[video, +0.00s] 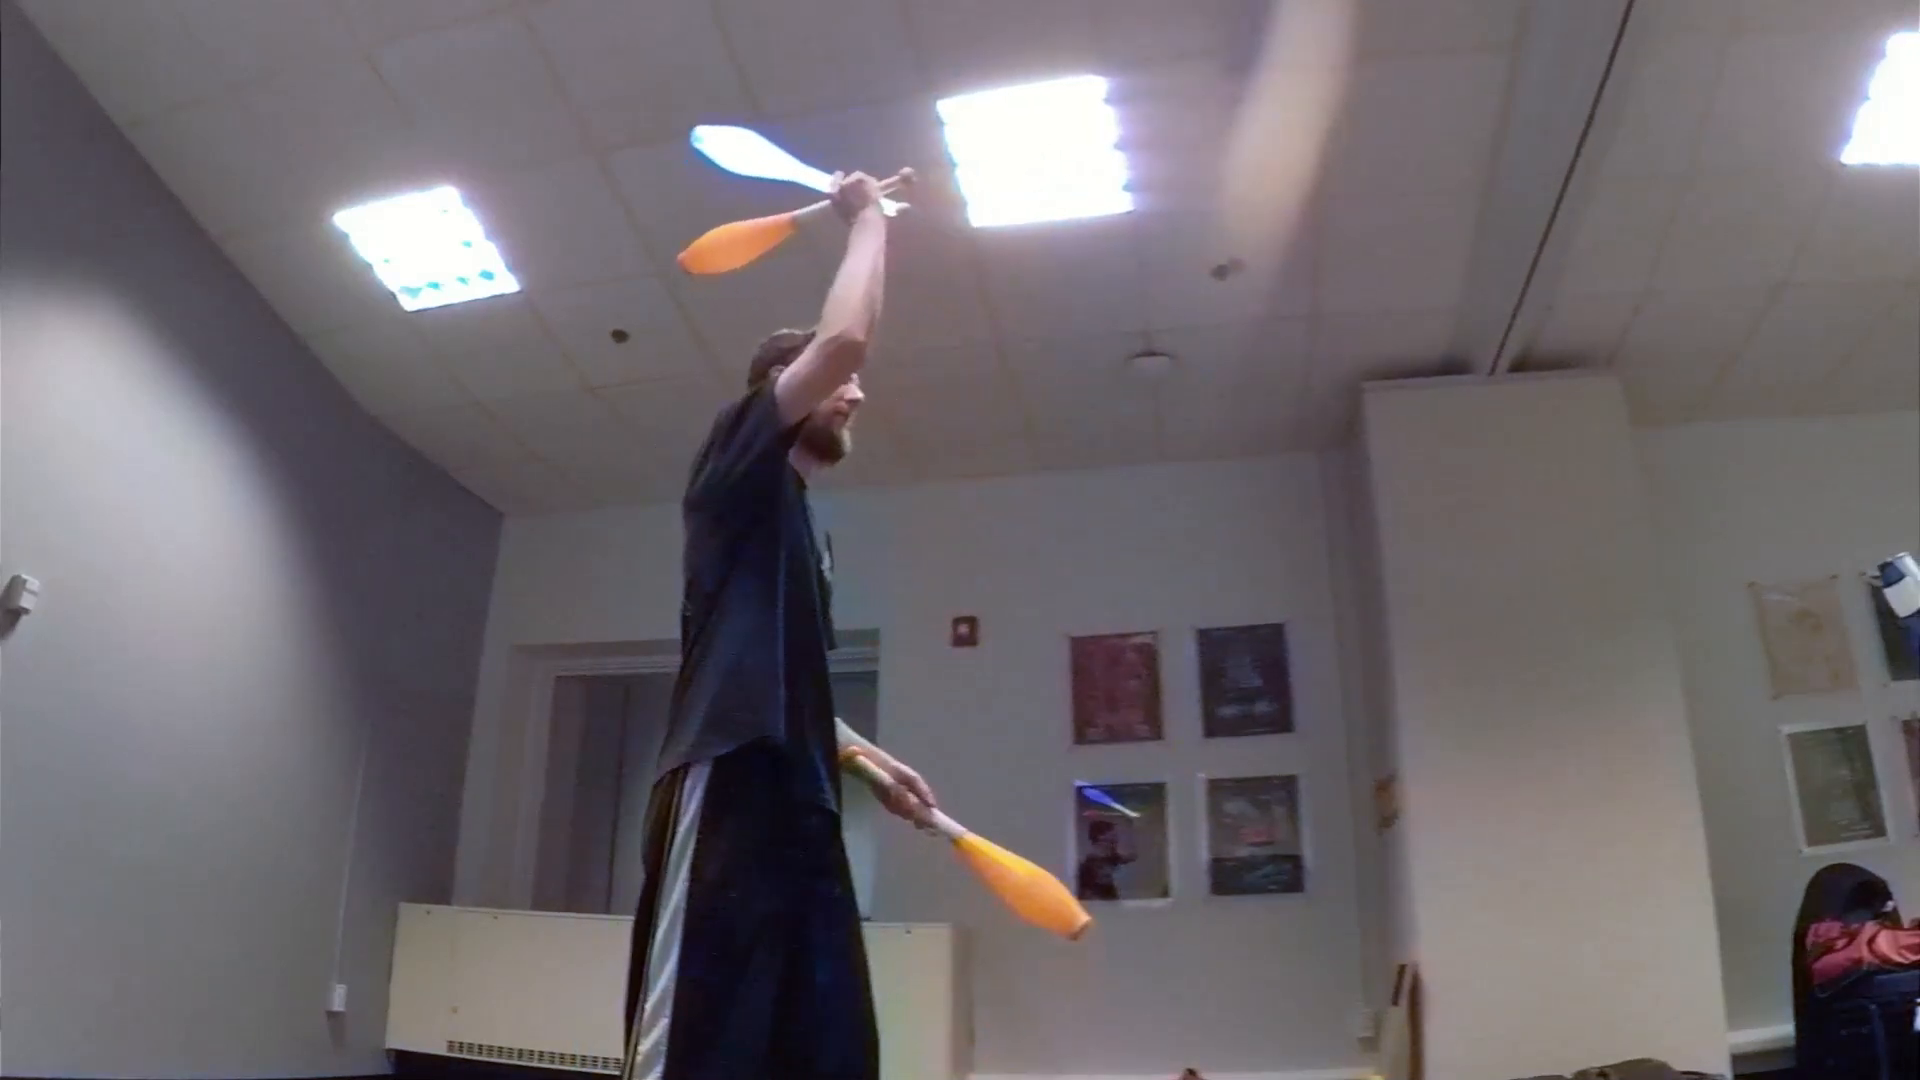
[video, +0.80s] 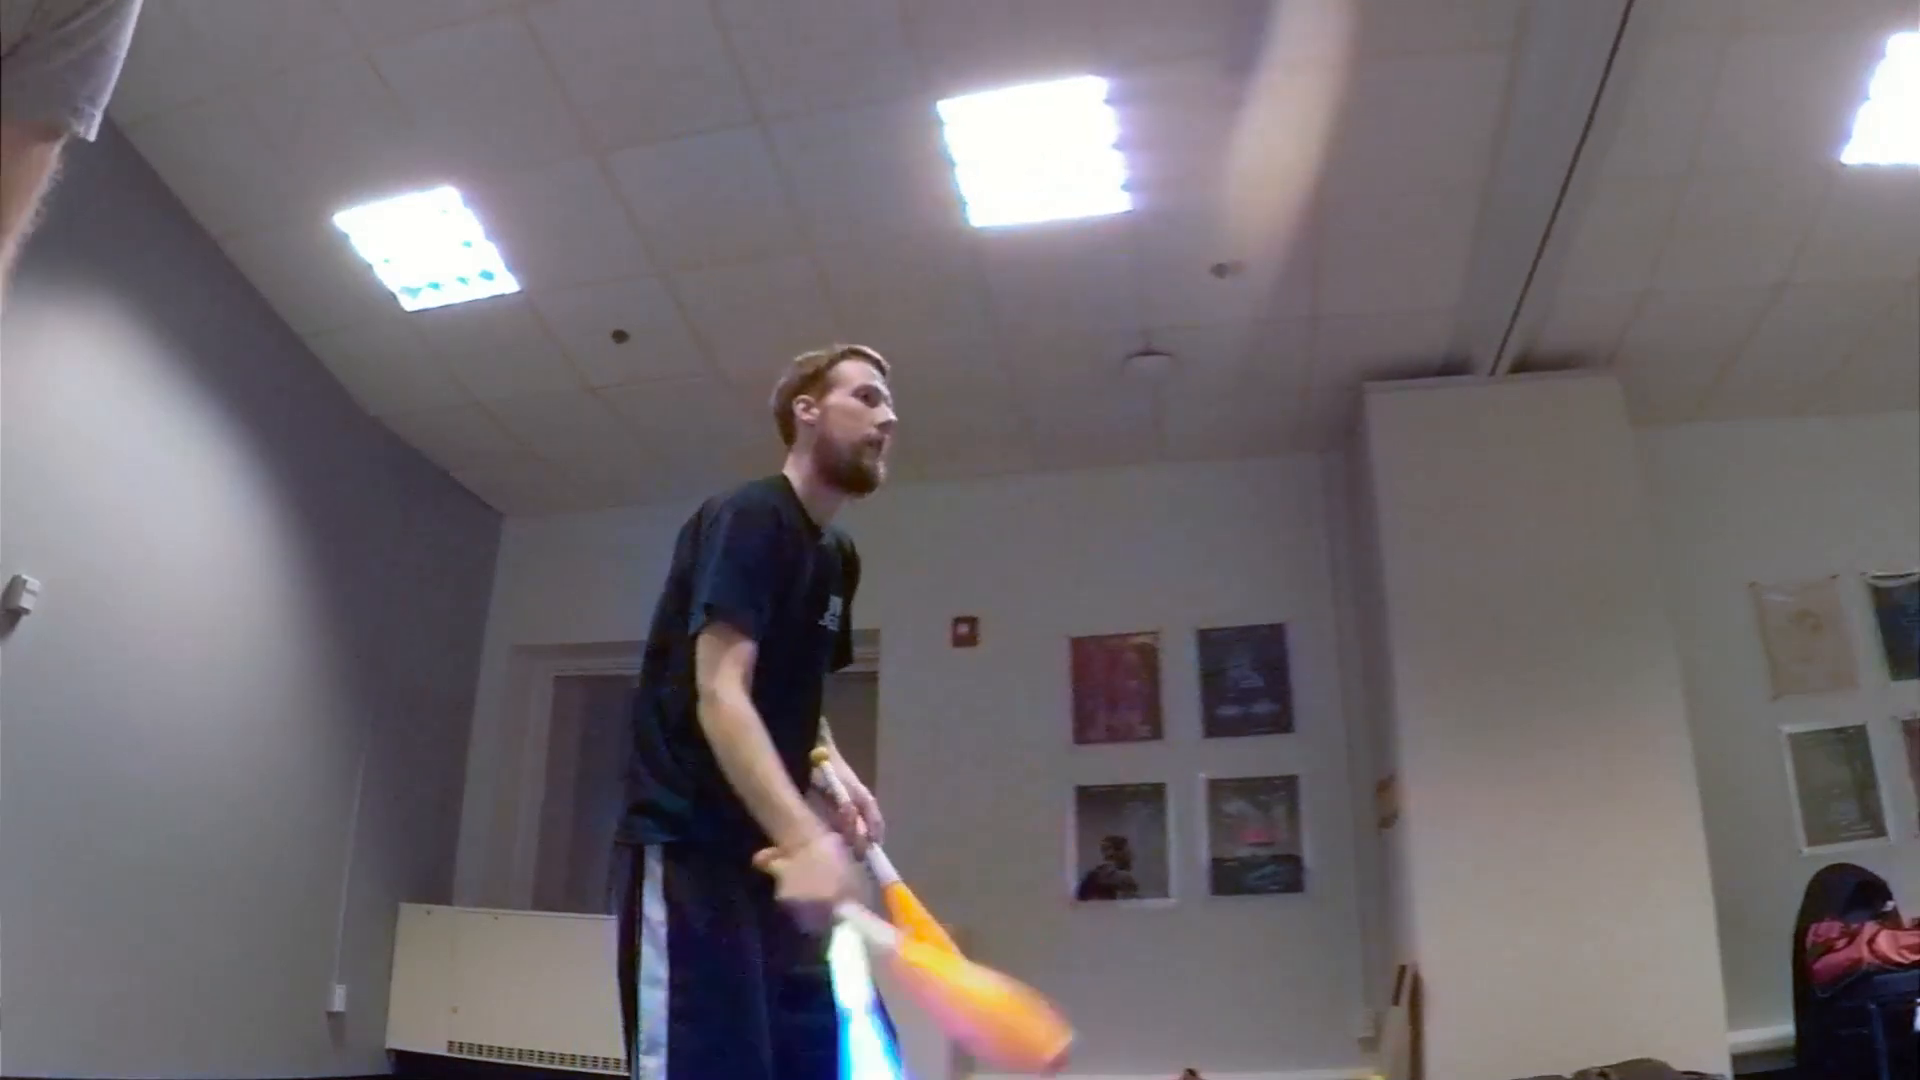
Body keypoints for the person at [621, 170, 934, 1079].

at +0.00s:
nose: (854, 395)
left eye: (855, 381)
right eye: (838, 374)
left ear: (823, 398)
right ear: (780, 380)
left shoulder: (789, 515)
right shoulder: (737, 458)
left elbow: (785, 688)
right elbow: (842, 334)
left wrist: (871, 759)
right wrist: (869, 215)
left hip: (793, 779)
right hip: (732, 770)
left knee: (817, 1008)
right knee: (710, 1006)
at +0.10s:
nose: (833, 387)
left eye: (836, 373)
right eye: (817, 371)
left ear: (797, 387)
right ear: (773, 379)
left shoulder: (787, 512)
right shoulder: (728, 444)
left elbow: (774, 677)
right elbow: (822, 391)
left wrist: (870, 749)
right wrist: (895, 256)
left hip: (794, 790)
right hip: (724, 777)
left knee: (821, 1026)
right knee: (701, 1021)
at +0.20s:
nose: (831, 380)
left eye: (835, 370)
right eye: (810, 362)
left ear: (836, 394)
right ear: (753, 375)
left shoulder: (799, 525)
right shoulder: (707, 444)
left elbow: (782, 680)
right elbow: (777, 475)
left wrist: (868, 738)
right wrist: (916, 360)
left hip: (789, 788)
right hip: (706, 782)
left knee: (818, 1031)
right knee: (691, 1027)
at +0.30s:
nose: (823, 383)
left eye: (824, 373)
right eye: (802, 364)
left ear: (824, 396)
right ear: (743, 378)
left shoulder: (778, 522)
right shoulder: (694, 460)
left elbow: (777, 680)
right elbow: (724, 567)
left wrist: (860, 729)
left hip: (775, 815)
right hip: (688, 808)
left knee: (833, 1041)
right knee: (683, 1047)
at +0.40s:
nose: (821, 388)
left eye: (823, 377)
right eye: (799, 369)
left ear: (818, 411)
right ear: (741, 385)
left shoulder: (793, 536)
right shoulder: (690, 476)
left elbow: (782, 693)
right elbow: (670, 628)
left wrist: (859, 734)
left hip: (771, 831)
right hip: (673, 826)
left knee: (843, 1040)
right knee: (681, 1053)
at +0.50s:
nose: (831, 399)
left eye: (832, 389)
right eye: (809, 381)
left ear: (831, 413)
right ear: (748, 397)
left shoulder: (798, 545)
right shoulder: (697, 499)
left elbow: (761, 696)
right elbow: (645, 668)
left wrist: (843, 746)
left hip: (762, 838)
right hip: (671, 841)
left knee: (854, 1040)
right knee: (690, 1060)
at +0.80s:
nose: (887, 415)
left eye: (889, 404)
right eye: (866, 395)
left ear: (882, 434)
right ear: (804, 411)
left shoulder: (836, 556)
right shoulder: (750, 515)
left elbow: (792, 690)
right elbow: (717, 690)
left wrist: (832, 769)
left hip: (771, 859)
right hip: (685, 855)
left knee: (804, 1062)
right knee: (707, 1063)